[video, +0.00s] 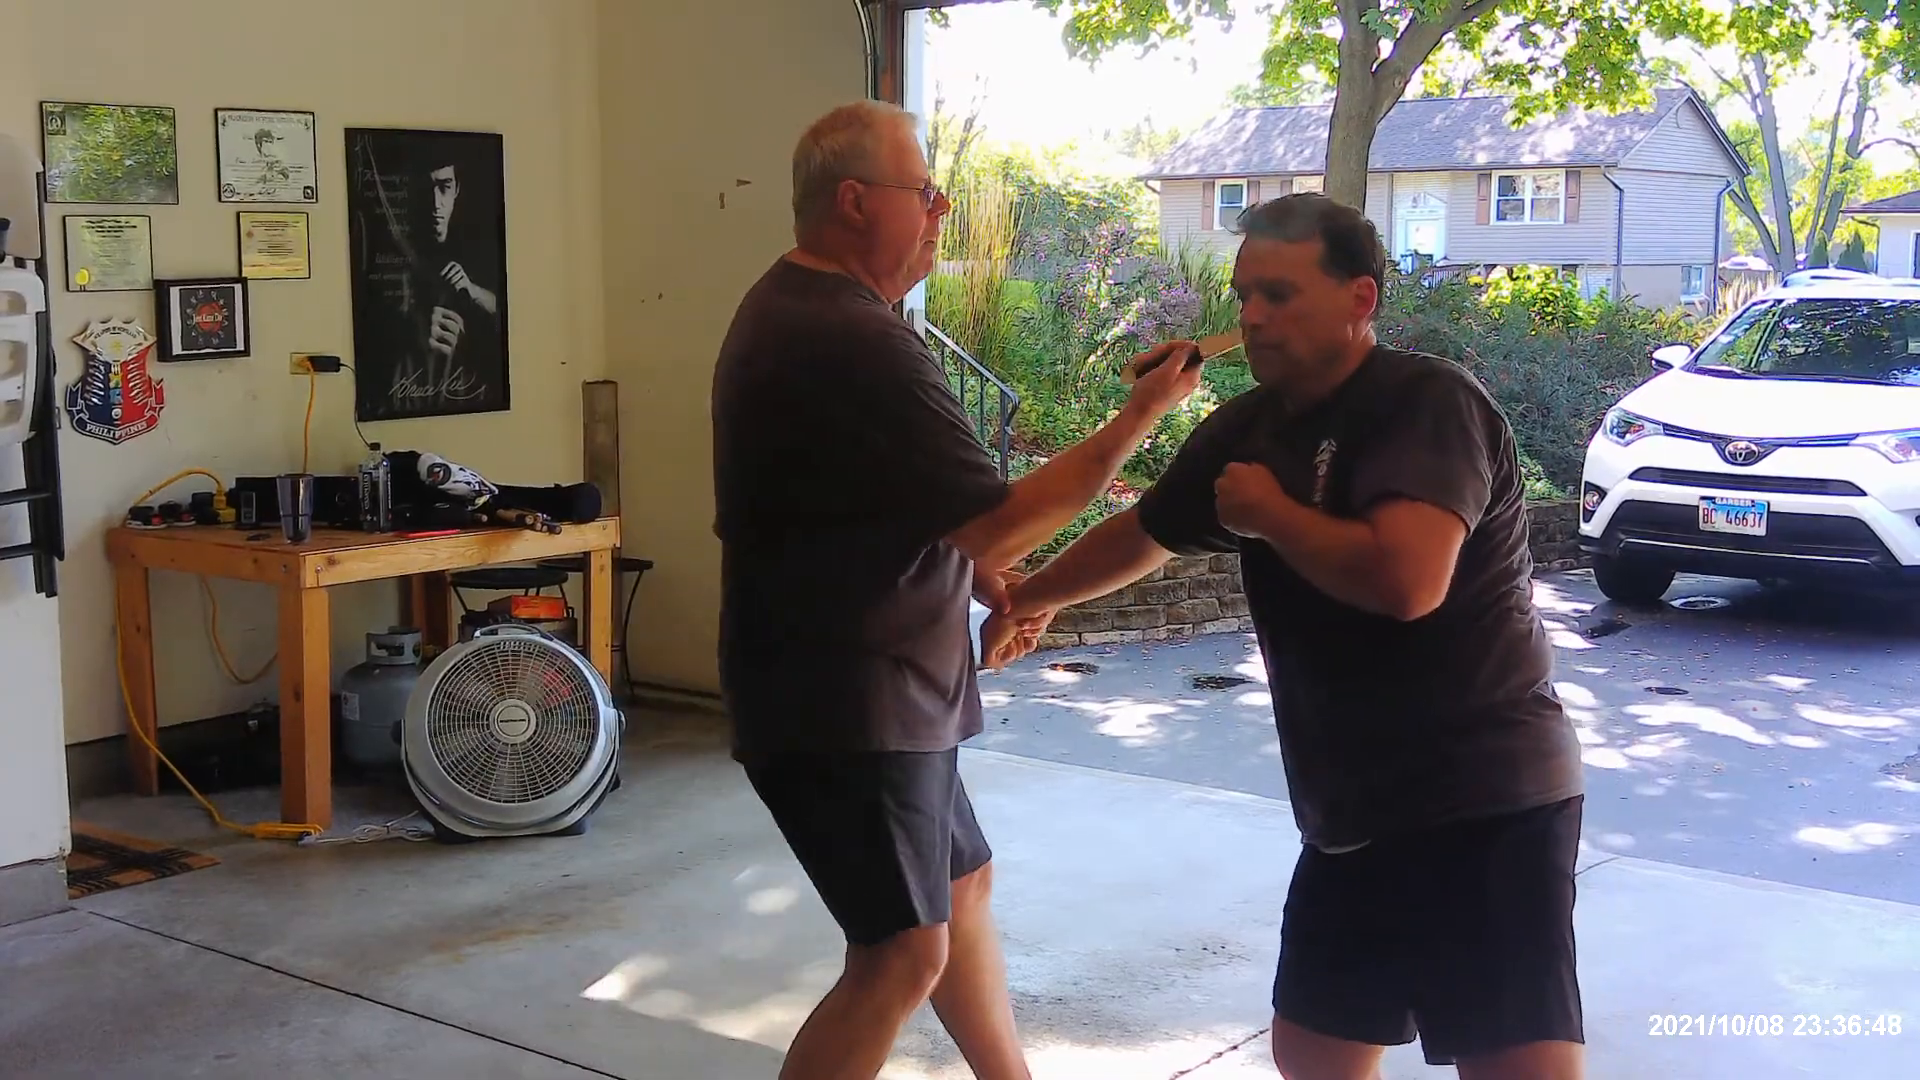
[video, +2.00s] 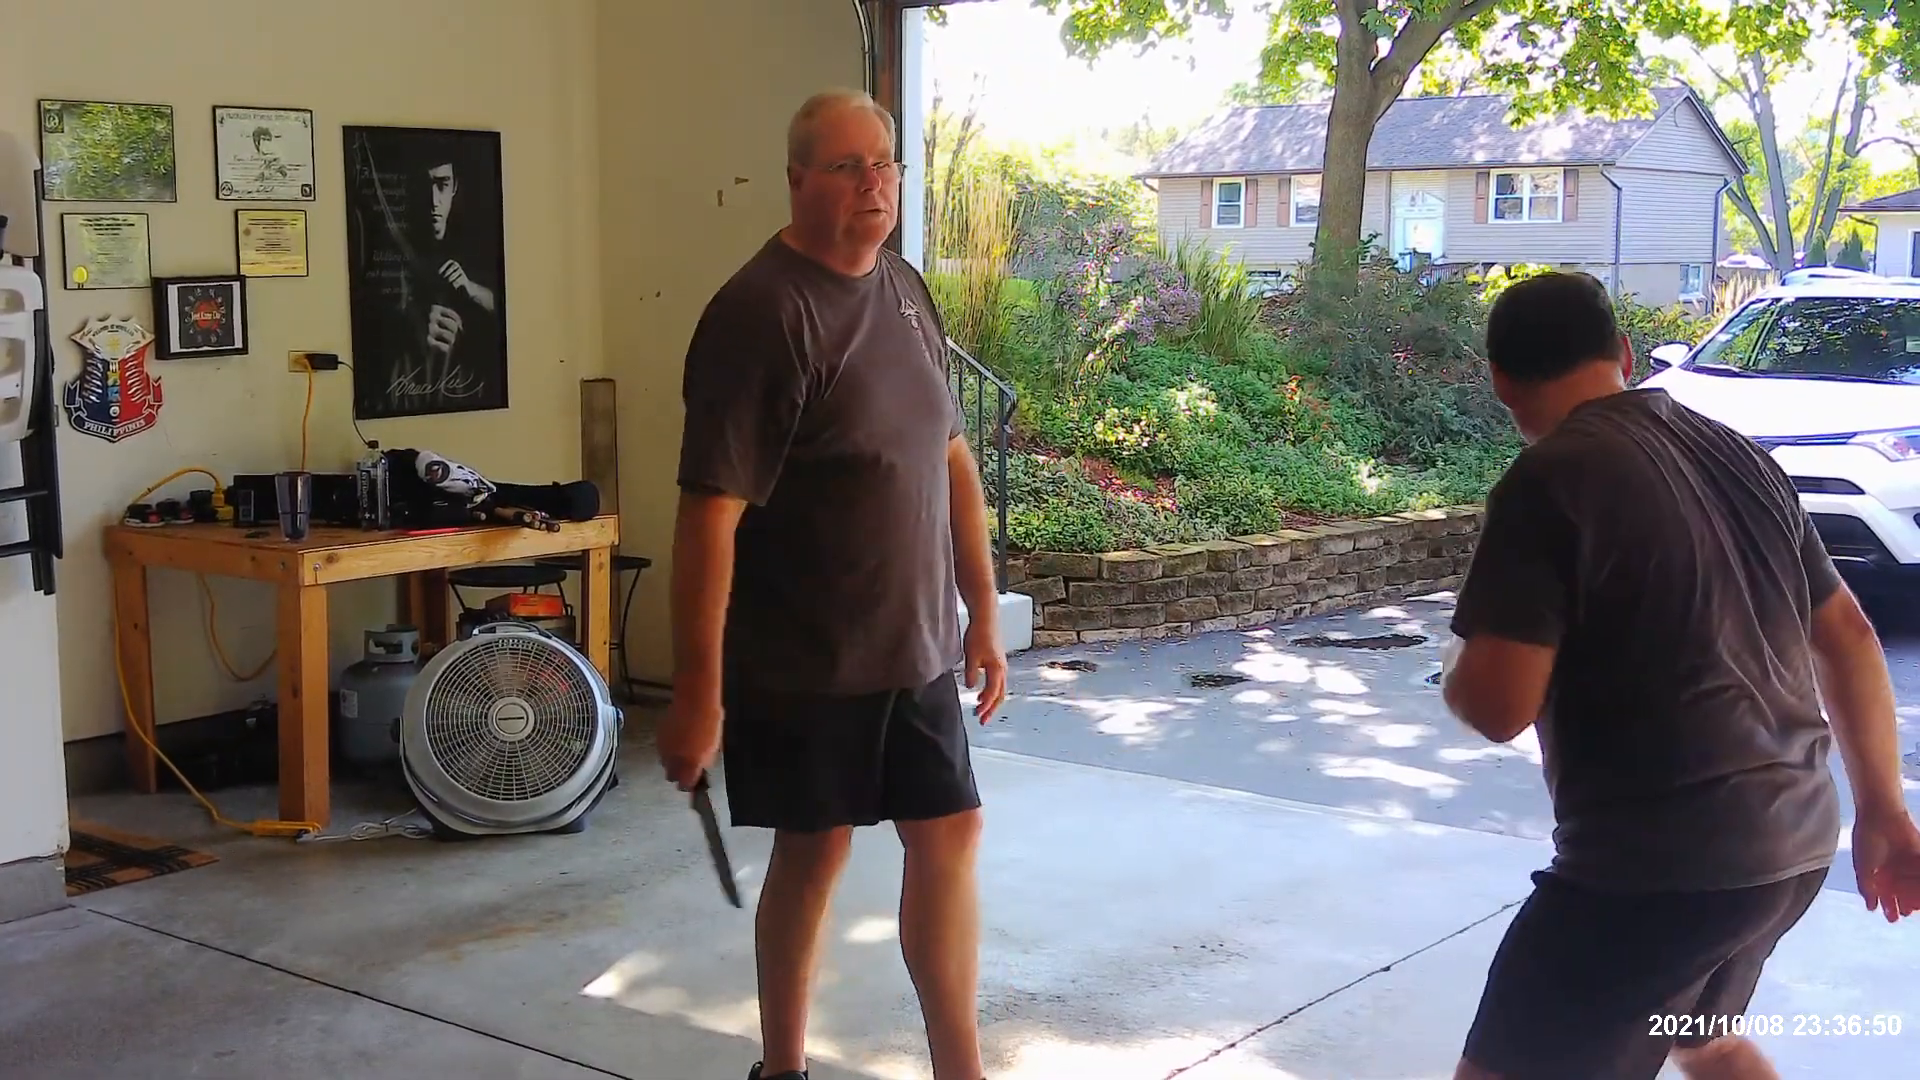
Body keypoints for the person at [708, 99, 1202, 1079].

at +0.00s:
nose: (938, 210)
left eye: (934, 191)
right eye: (922, 191)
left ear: (849, 207)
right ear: (855, 204)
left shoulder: (796, 307)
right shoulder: (856, 339)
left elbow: (864, 506)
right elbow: (986, 527)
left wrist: (976, 566)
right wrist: (1133, 423)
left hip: (878, 684)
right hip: (840, 708)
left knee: (963, 883)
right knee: (904, 952)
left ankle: (1009, 1073)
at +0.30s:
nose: (1024, 220)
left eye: (1024, 199)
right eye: (1016, 198)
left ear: (913, 201)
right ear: (961, 202)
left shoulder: (822, 308)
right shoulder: (954, 325)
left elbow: (839, 511)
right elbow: (1033, 546)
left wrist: (991, 596)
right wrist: (1082, 582)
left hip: (834, 654)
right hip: (910, 676)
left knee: (988, 866)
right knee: (888, 937)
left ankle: (1015, 1072)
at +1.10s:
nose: (1142, 270)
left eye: (1148, 249)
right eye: (1142, 245)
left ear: (1068, 222)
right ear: (1091, 225)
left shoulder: (955, 290)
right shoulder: (1047, 335)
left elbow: (951, 505)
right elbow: (1061, 573)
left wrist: (1089, 558)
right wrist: (1086, 734)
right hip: (920, 656)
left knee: (1006, 847)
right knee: (897, 913)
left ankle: (1020, 1071)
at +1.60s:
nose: (1034, 210)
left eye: (1040, 193)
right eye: (1017, 190)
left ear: (1026, 200)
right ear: (948, 188)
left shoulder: (988, 313)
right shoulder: (904, 310)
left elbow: (1024, 497)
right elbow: (950, 513)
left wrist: (1056, 638)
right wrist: (1066, 641)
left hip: (958, 652)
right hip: (862, 658)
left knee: (997, 843)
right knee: (860, 867)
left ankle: (1020, 1073)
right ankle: (782, 1066)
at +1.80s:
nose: (933, 193)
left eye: (943, 175)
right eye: (908, 175)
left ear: (950, 185)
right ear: (850, 185)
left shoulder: (937, 300)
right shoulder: (812, 313)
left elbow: (988, 467)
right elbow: (827, 518)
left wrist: (1049, 614)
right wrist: (916, 675)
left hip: (926, 642)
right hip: (821, 651)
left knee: (961, 839)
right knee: (824, 852)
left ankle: (1000, 1068)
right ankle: (781, 1064)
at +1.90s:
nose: (896, 183)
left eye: (906, 165)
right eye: (871, 166)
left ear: (918, 177)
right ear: (818, 181)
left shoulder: (919, 295)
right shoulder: (778, 313)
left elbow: (966, 458)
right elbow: (759, 517)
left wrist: (1023, 605)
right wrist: (801, 689)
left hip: (914, 648)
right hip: (812, 662)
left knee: (951, 838)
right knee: (813, 851)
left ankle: (990, 1069)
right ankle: (781, 1064)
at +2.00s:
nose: (875, 182)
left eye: (885, 162)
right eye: (848, 166)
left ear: (899, 174)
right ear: (797, 183)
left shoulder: (903, 291)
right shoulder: (754, 311)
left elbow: (950, 456)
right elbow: (707, 509)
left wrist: (982, 604)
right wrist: (697, 692)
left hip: (916, 640)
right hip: (803, 657)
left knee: (948, 830)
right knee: (811, 845)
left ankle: (960, 1065)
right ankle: (782, 1062)